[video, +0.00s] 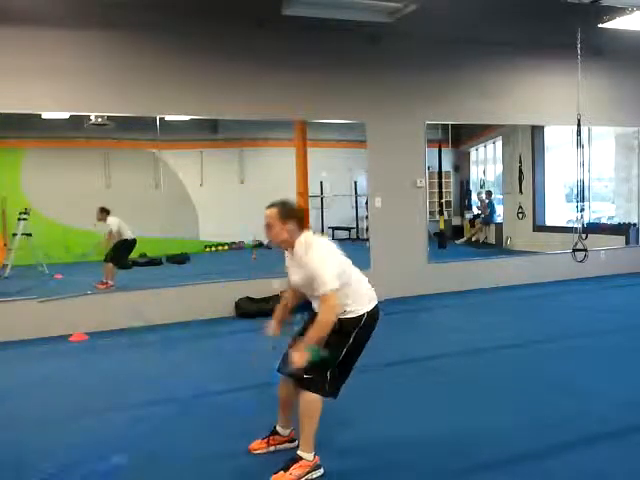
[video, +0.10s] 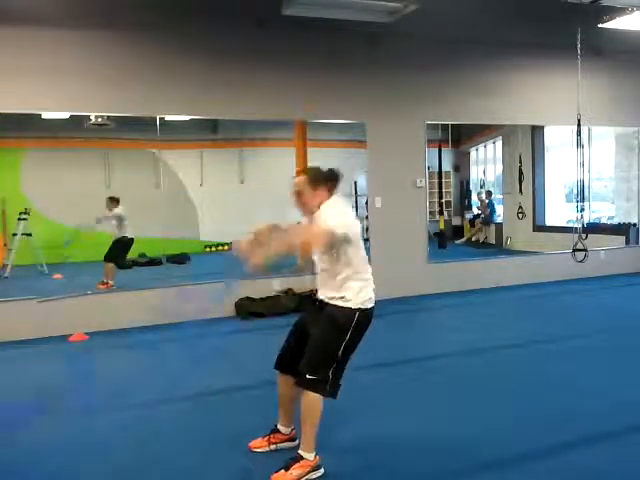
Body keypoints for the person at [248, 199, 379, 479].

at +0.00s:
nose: (267, 231)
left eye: (270, 226)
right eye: (267, 225)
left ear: (290, 226)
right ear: (286, 227)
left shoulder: (316, 253)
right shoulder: (293, 250)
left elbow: (331, 307)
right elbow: (297, 288)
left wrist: (305, 347)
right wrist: (279, 317)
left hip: (357, 312)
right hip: (328, 310)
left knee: (313, 380)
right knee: (290, 367)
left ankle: (307, 458)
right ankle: (285, 432)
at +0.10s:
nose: (295, 199)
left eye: (300, 193)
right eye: (294, 193)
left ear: (322, 191)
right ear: (317, 193)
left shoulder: (337, 213)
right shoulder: (318, 216)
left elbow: (312, 241)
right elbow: (294, 235)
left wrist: (270, 246)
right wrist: (267, 238)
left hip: (351, 305)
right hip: (325, 299)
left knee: (311, 379)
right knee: (287, 367)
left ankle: (308, 458)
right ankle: (285, 430)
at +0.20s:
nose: (296, 194)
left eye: (301, 186)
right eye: (293, 187)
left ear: (318, 183)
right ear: (295, 190)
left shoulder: (337, 204)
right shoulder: (312, 210)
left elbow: (332, 172)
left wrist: (282, 165)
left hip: (350, 300)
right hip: (323, 296)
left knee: (310, 378)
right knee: (286, 366)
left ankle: (310, 457)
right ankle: (285, 429)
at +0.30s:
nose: (267, 219)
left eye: (270, 211)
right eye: (265, 212)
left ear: (287, 206)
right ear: (280, 208)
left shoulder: (314, 221)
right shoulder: (292, 227)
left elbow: (331, 215)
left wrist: (319, 199)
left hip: (348, 305)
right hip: (321, 302)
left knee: (308, 379)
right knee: (286, 366)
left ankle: (302, 457)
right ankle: (281, 430)